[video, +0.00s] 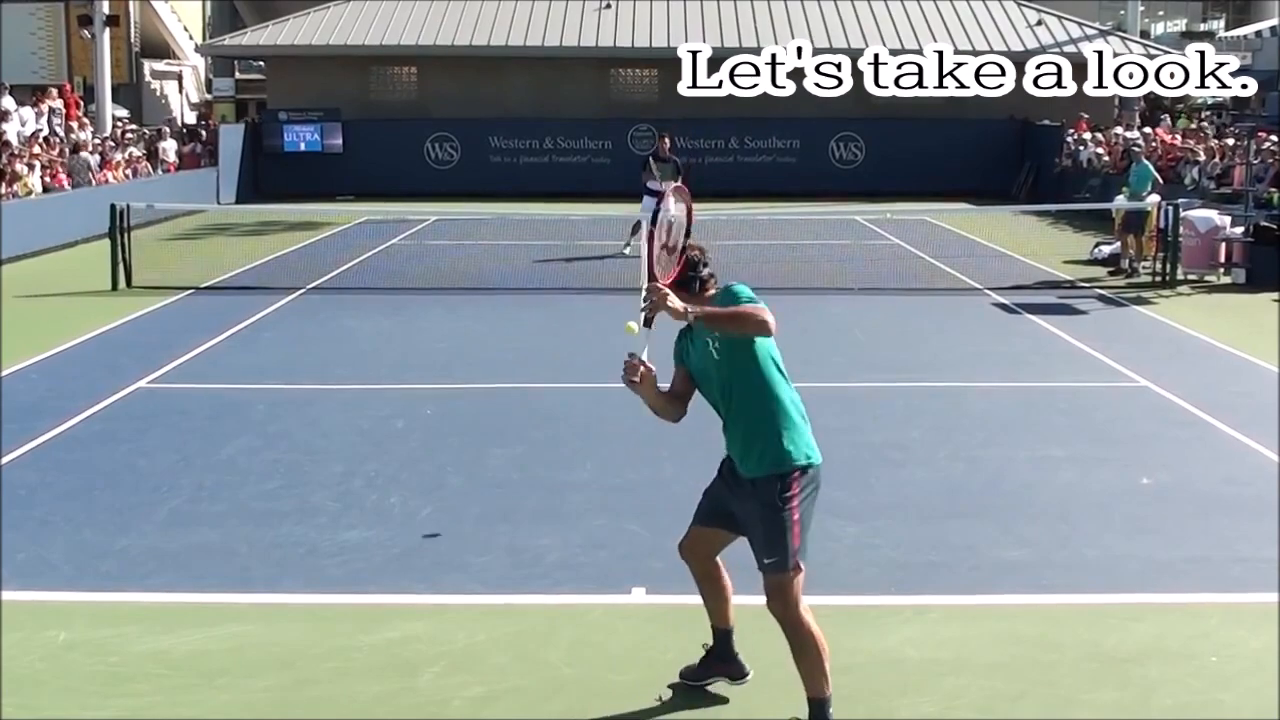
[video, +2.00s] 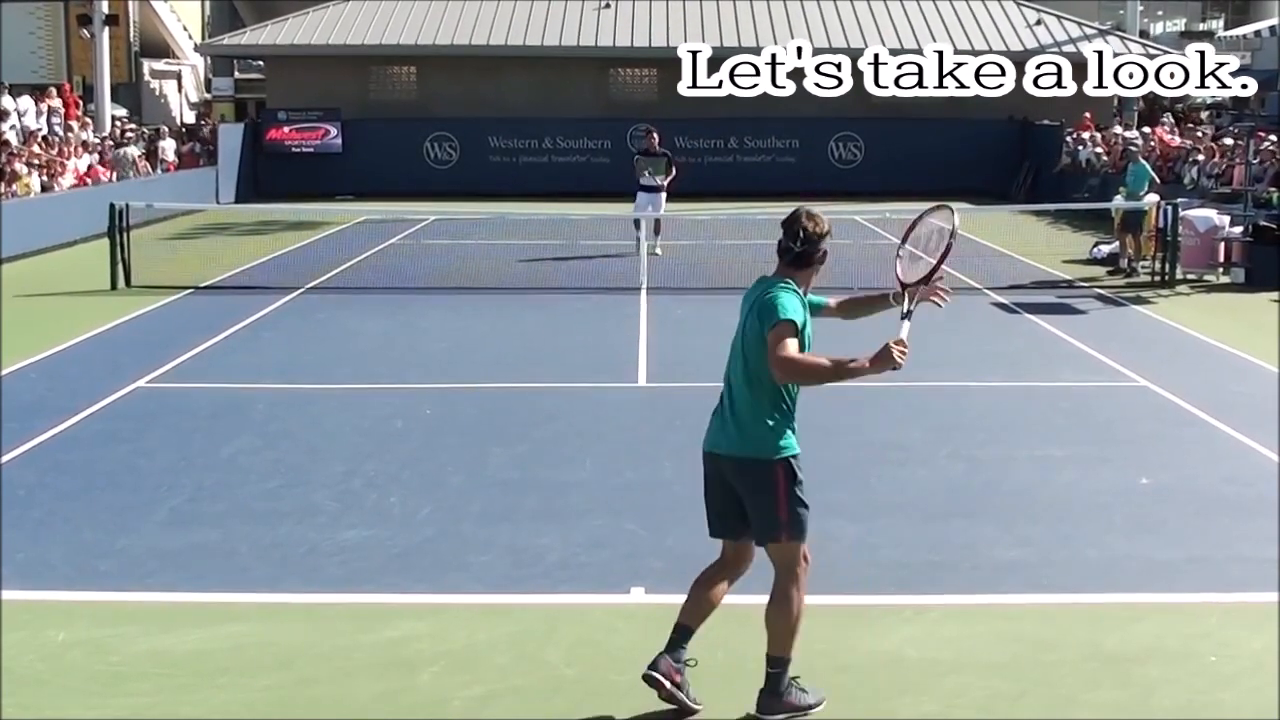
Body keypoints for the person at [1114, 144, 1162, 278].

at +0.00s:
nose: (1134, 155)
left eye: (1136, 152)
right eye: (1132, 152)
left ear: (1142, 153)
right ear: (1130, 153)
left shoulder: (1147, 166)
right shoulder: (1133, 166)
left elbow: (1159, 183)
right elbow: (1132, 184)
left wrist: (1147, 195)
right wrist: (1128, 191)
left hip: (1142, 205)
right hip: (1130, 204)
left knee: (1138, 236)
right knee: (1122, 234)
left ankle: (1137, 267)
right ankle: (1123, 265)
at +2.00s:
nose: (1128, 154)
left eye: (1131, 151)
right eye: (1128, 151)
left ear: (1138, 152)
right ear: (1128, 153)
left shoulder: (1144, 166)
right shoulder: (1130, 165)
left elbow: (1156, 182)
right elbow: (1131, 183)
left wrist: (1144, 194)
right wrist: (1125, 191)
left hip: (1138, 205)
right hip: (1128, 204)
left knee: (1136, 235)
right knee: (1121, 234)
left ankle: (1136, 266)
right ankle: (1122, 264)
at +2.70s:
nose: (1126, 154)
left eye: (1129, 151)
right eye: (1126, 151)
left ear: (1136, 152)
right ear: (1126, 153)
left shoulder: (1141, 166)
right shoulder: (1127, 165)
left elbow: (1153, 183)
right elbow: (1127, 183)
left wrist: (1141, 195)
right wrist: (1122, 191)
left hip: (1137, 205)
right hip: (1126, 203)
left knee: (1133, 235)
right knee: (1119, 233)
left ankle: (1133, 266)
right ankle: (1123, 264)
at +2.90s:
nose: (1124, 154)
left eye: (1127, 152)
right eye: (1124, 151)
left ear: (1134, 152)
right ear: (1125, 153)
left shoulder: (1140, 166)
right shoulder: (1126, 166)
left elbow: (1152, 183)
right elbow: (1126, 183)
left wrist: (1139, 195)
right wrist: (1121, 190)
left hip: (1135, 205)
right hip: (1124, 203)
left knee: (1132, 235)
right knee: (1118, 234)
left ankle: (1132, 266)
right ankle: (1120, 264)